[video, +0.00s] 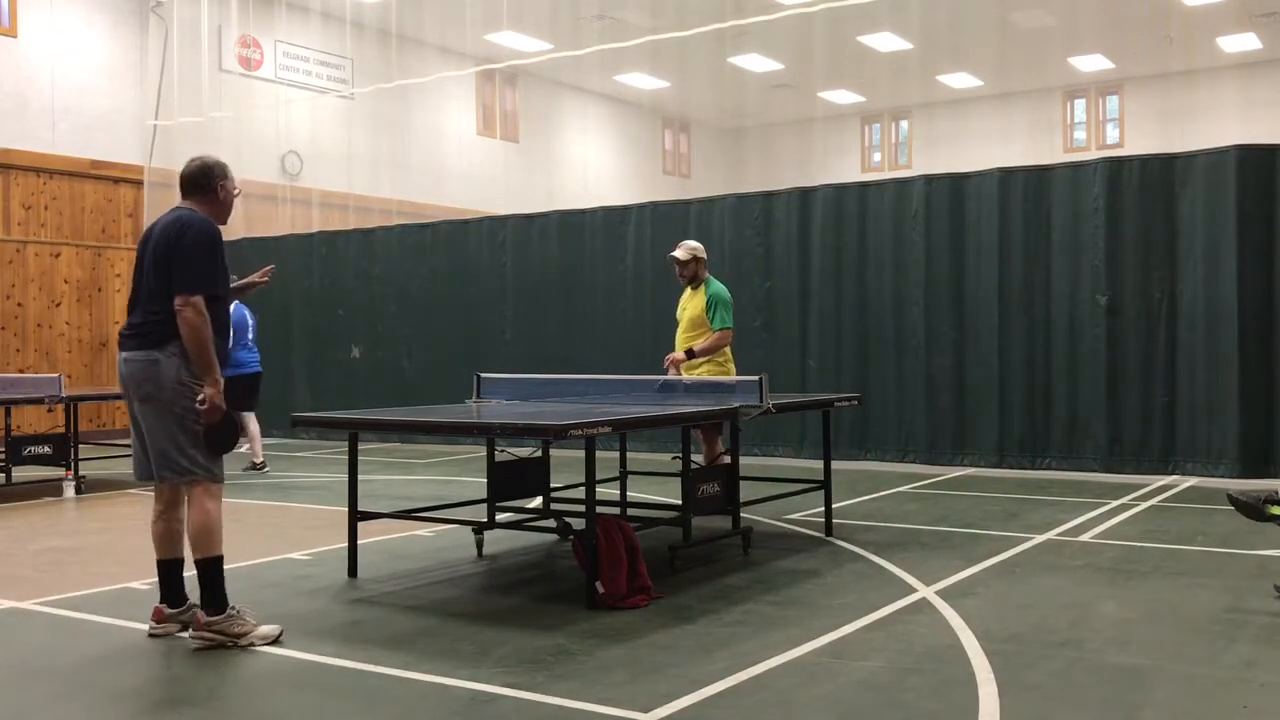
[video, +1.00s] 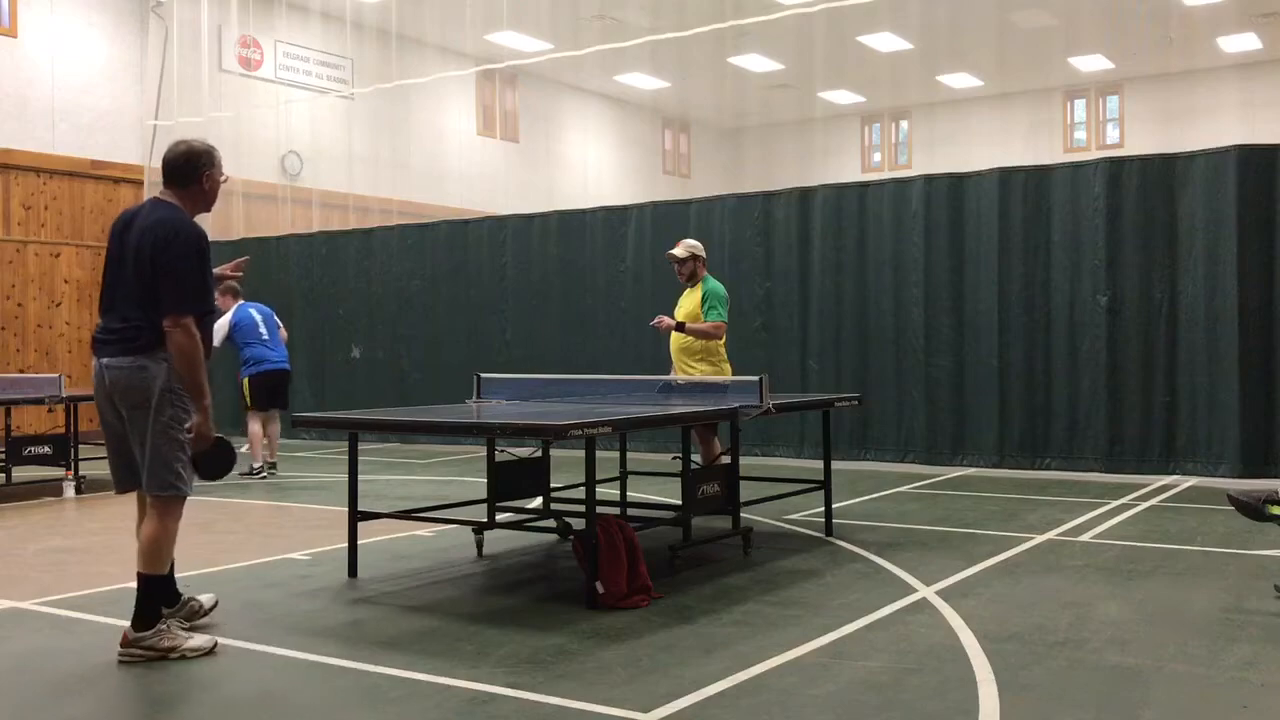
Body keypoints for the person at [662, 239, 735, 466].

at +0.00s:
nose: (678, 271)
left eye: (684, 265)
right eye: (676, 265)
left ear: (700, 264)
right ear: (675, 265)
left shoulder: (716, 293)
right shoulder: (689, 291)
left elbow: (724, 336)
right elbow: (688, 334)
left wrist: (687, 354)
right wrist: (676, 363)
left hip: (713, 375)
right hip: (692, 374)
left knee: (709, 432)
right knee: (703, 431)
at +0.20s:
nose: (678, 270)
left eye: (683, 264)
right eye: (676, 264)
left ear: (699, 262)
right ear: (675, 265)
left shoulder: (716, 291)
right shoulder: (690, 291)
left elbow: (724, 333)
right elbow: (688, 335)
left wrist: (683, 335)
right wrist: (678, 370)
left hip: (712, 377)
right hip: (691, 376)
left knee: (708, 433)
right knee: (704, 432)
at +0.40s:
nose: (678, 269)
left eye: (683, 263)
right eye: (676, 263)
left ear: (700, 262)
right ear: (675, 264)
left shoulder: (715, 291)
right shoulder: (691, 290)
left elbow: (719, 333)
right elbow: (689, 334)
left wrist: (678, 327)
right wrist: (678, 369)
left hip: (710, 377)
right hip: (689, 376)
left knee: (707, 433)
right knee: (704, 433)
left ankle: (715, 488)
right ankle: (716, 487)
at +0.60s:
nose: (677, 268)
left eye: (682, 262)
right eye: (674, 263)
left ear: (699, 262)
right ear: (674, 264)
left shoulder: (713, 290)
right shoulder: (691, 290)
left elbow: (718, 332)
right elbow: (688, 335)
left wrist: (677, 326)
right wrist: (677, 370)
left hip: (709, 378)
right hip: (688, 376)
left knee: (705, 433)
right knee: (702, 433)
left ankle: (716, 487)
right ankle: (716, 486)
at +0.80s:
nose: (677, 268)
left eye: (682, 262)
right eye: (675, 263)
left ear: (699, 262)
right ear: (675, 265)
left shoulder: (713, 290)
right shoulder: (691, 290)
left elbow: (717, 331)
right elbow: (688, 336)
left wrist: (677, 326)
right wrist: (677, 370)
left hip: (708, 378)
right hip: (689, 377)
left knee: (705, 433)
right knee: (703, 433)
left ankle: (715, 488)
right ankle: (716, 487)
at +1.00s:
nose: (677, 268)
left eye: (682, 262)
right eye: (675, 263)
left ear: (699, 263)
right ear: (675, 264)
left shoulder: (713, 289)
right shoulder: (690, 290)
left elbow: (718, 330)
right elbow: (687, 334)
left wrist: (676, 325)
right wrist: (676, 368)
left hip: (708, 377)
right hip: (688, 376)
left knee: (705, 433)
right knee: (701, 433)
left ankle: (714, 487)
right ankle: (716, 486)